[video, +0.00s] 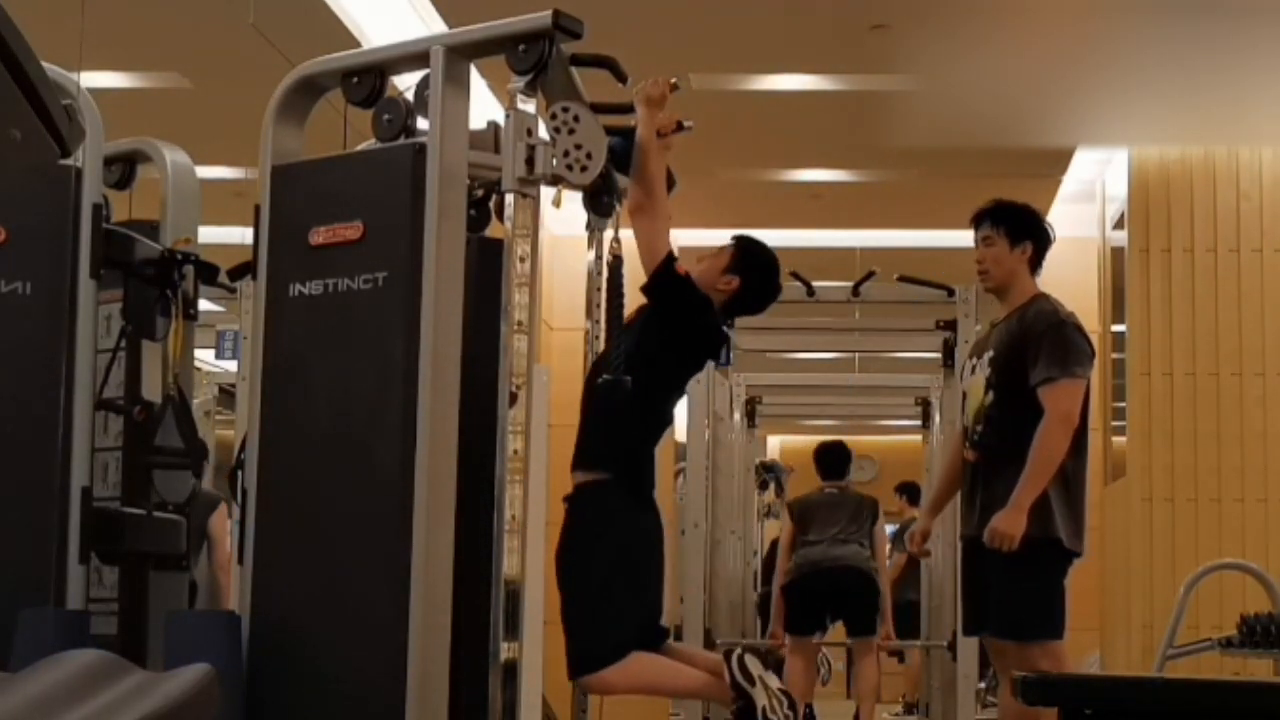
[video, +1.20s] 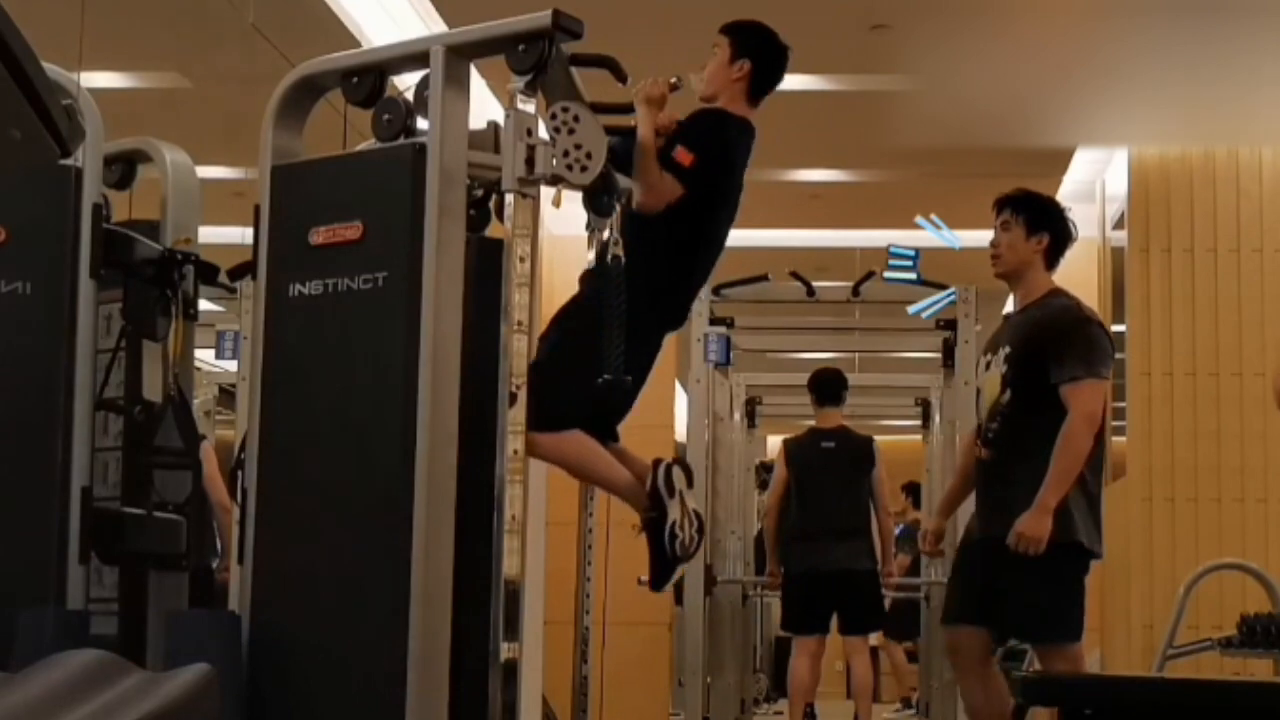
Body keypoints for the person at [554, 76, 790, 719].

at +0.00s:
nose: (694, 253)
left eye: (709, 253)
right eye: (708, 250)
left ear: (725, 280)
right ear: (726, 283)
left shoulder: (686, 315)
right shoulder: (683, 314)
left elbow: (645, 207)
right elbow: (646, 213)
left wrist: (645, 124)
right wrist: (657, 137)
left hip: (605, 510)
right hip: (620, 509)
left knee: (595, 668)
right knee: (634, 649)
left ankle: (730, 683)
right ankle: (738, 671)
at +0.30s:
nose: (735, 206)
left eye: (747, 202)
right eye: (743, 200)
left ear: (765, 227)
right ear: (772, 236)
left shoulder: (723, 268)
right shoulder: (734, 282)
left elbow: (646, 206)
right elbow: (649, 229)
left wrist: (645, 123)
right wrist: (659, 146)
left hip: (606, 421)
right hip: (626, 426)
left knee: (549, 585)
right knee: (594, 572)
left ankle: (684, 607)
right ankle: (692, 612)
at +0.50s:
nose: (738, 167)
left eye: (750, 159)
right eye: (746, 158)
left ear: (772, 178)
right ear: (782, 188)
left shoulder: (737, 220)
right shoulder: (757, 242)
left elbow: (643, 196)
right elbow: (655, 235)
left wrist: (646, 120)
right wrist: (658, 151)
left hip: (613, 376)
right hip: (640, 385)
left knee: (532, 513)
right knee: (583, 515)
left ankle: (648, 564)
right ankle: (655, 552)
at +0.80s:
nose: (711, 90)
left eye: (720, 80)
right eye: (717, 79)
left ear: (743, 92)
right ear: (759, 99)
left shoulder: (722, 145)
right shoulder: (746, 157)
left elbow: (642, 191)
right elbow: (665, 198)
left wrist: (644, 123)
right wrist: (660, 144)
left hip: (635, 302)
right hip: (660, 315)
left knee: (529, 434)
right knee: (574, 432)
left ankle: (614, 510)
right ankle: (627, 514)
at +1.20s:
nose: (704, 66)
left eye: (715, 56)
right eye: (711, 55)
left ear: (740, 69)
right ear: (751, 76)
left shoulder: (714, 128)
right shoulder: (728, 130)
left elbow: (651, 194)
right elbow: (661, 195)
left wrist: (647, 120)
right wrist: (659, 128)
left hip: (631, 292)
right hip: (650, 300)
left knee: (542, 431)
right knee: (587, 432)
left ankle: (648, 501)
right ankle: (658, 482)